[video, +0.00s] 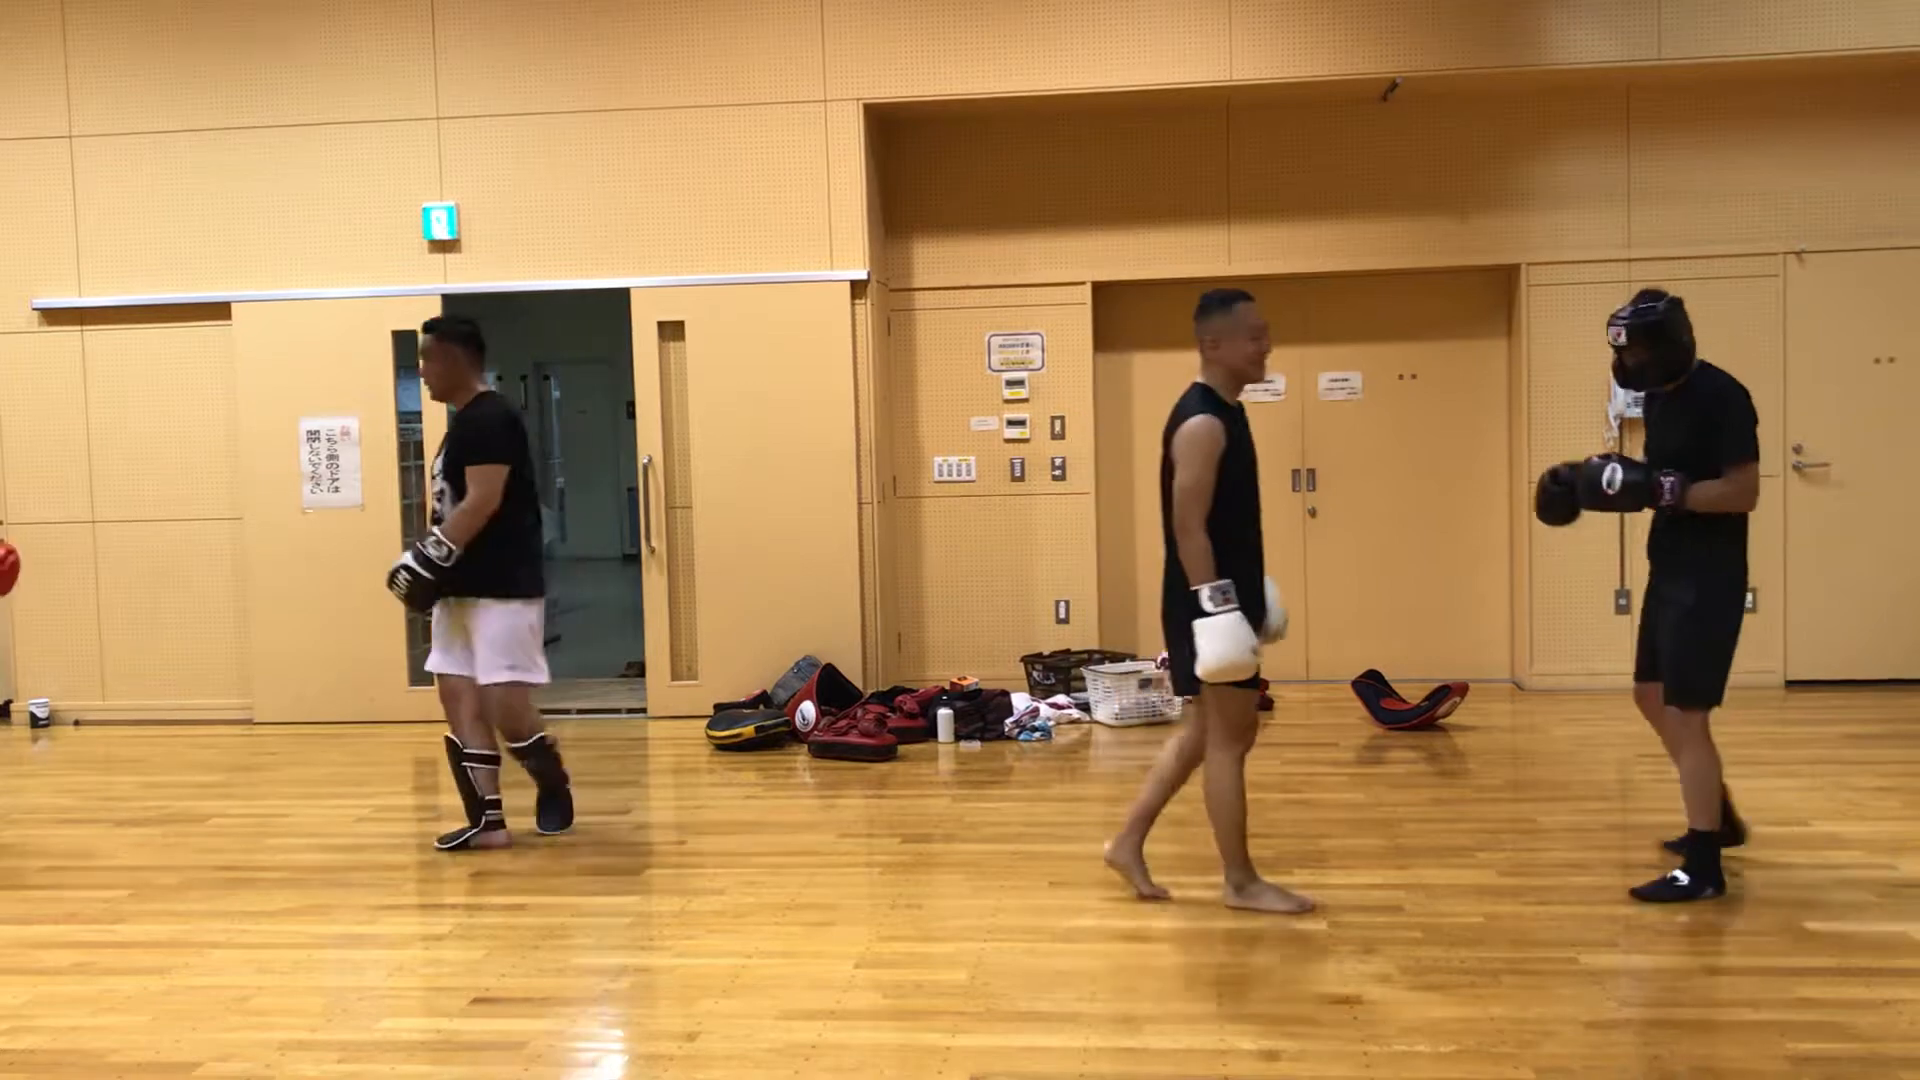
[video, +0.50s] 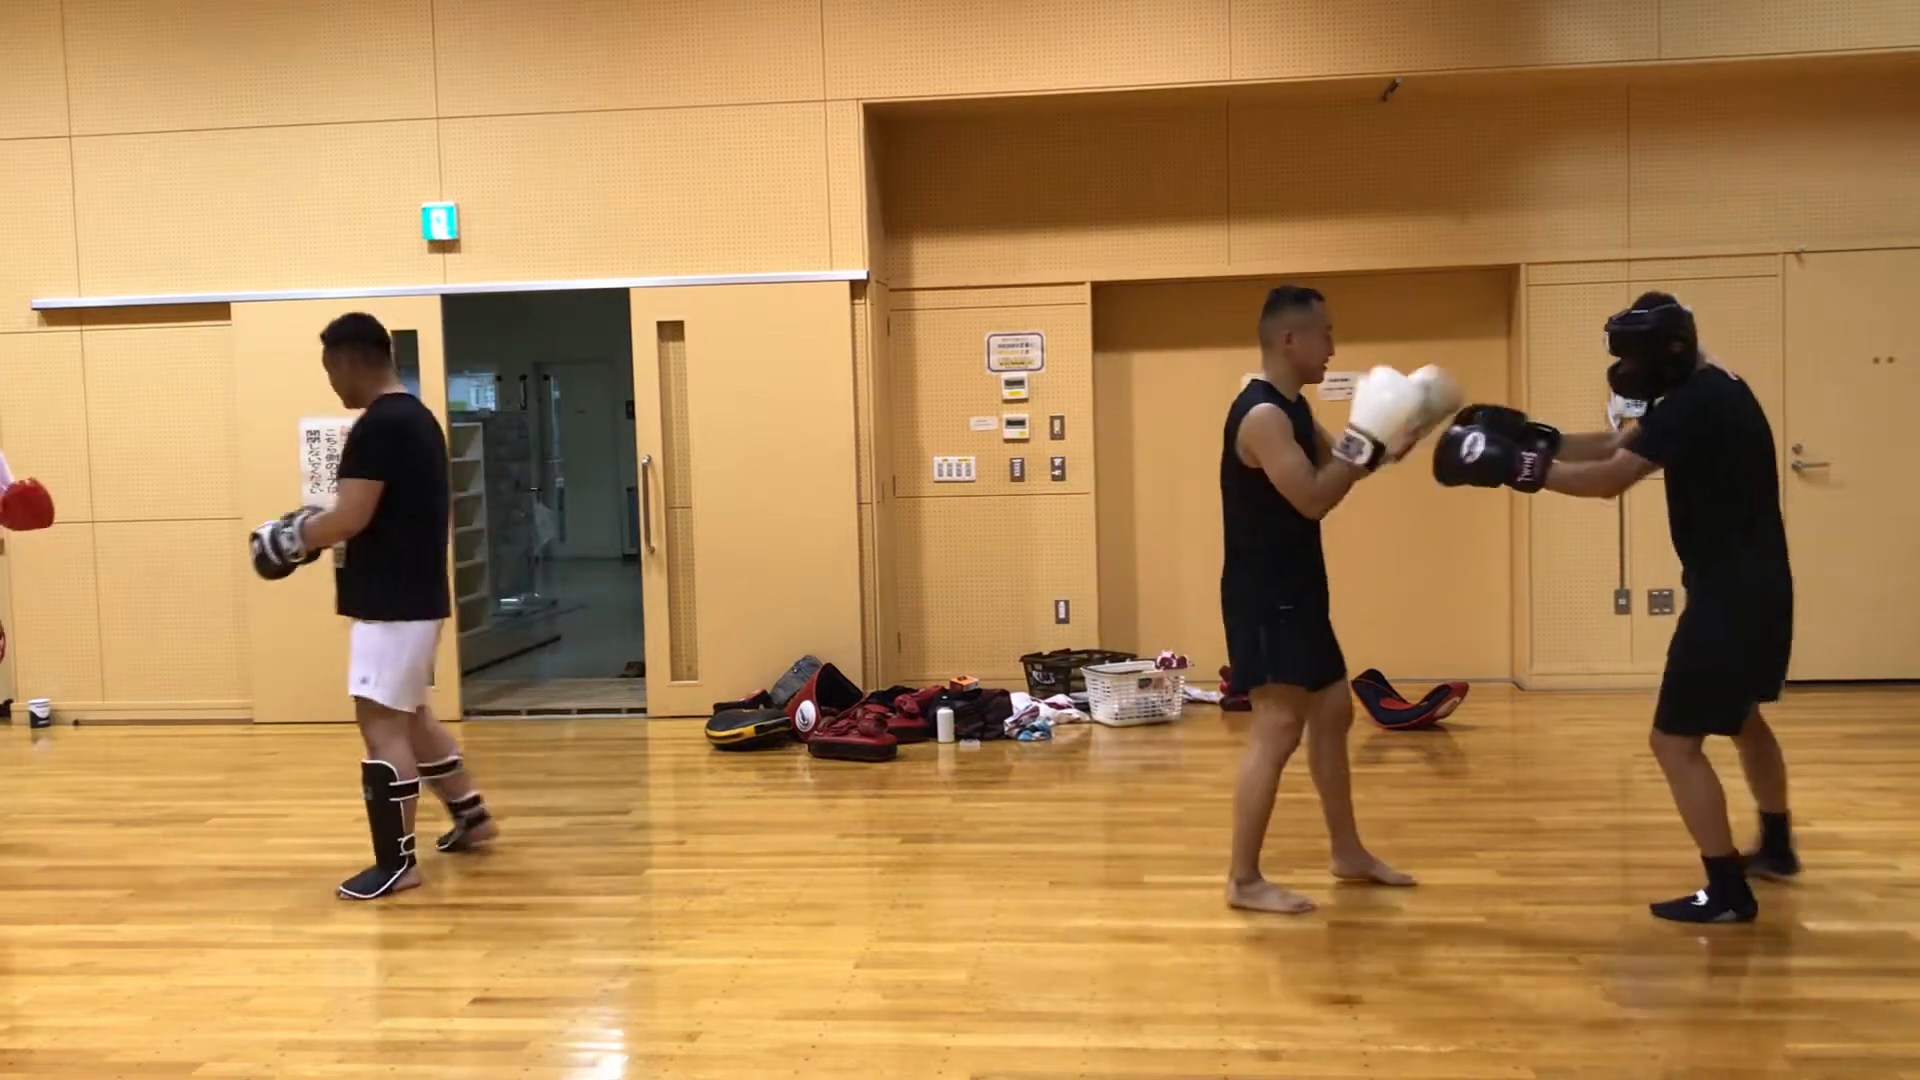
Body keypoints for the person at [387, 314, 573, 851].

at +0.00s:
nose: (422, 370)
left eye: (429, 359)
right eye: (422, 360)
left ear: (463, 360)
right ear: (454, 362)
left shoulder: (490, 418)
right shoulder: (462, 422)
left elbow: (483, 499)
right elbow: (454, 504)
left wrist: (430, 559)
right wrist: (423, 556)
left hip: (504, 585)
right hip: (459, 585)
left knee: (505, 703)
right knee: (458, 695)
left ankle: (551, 780)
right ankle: (486, 819)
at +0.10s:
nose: (407, 371)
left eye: (412, 359)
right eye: (406, 360)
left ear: (443, 356)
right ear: (441, 357)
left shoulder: (473, 412)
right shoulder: (454, 415)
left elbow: (468, 494)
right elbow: (447, 498)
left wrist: (407, 547)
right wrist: (408, 555)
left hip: (485, 584)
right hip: (455, 584)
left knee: (468, 698)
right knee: (455, 698)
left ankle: (528, 800)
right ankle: (487, 819)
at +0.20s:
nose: (396, 373)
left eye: (401, 361)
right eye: (395, 362)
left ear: (430, 358)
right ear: (433, 358)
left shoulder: (460, 413)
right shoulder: (448, 414)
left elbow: (455, 493)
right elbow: (448, 501)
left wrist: (389, 536)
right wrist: (402, 556)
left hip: (474, 586)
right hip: (464, 585)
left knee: (447, 698)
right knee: (471, 704)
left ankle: (492, 828)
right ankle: (490, 820)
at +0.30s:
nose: (375, 401)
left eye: (375, 388)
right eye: (370, 391)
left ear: (402, 369)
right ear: (397, 372)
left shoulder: (440, 414)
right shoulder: (425, 417)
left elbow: (432, 496)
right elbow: (423, 500)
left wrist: (367, 523)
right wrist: (372, 531)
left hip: (447, 593)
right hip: (451, 591)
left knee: (431, 710)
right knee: (472, 705)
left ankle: (421, 852)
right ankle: (490, 822)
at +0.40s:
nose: (356, 412)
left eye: (354, 398)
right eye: (351, 401)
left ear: (376, 379)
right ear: (383, 376)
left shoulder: (418, 423)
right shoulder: (430, 418)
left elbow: (400, 508)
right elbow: (406, 507)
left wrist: (335, 521)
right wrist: (346, 512)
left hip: (424, 603)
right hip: (448, 598)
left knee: (402, 719)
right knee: (463, 708)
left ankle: (398, 861)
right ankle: (489, 822)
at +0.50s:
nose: (330, 380)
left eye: (331, 367)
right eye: (327, 369)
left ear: (355, 360)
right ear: (381, 357)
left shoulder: (378, 425)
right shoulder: (416, 419)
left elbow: (349, 517)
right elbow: (389, 515)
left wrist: (292, 537)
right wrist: (315, 528)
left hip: (389, 606)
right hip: (417, 601)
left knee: (381, 723)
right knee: (410, 714)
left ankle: (396, 863)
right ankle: (470, 816)